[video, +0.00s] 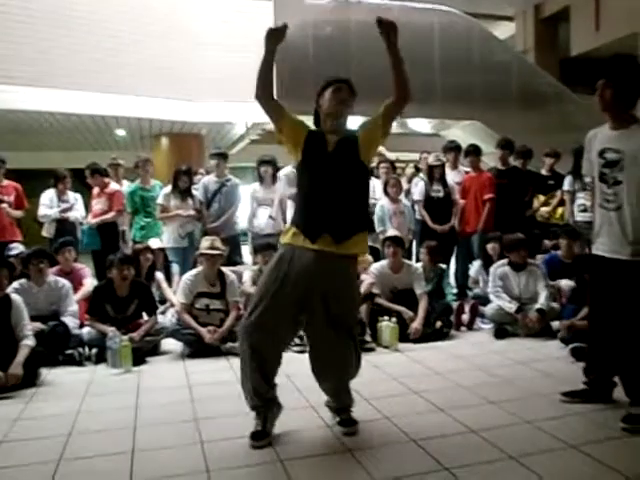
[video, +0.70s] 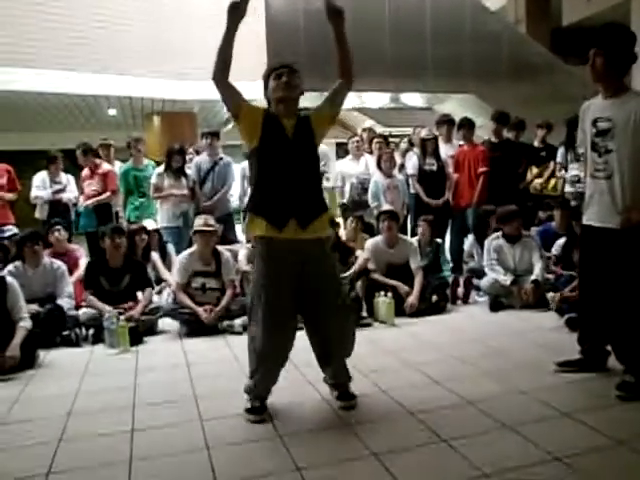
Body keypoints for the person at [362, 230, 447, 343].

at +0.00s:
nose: (393, 250)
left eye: (396, 246)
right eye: (389, 247)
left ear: (402, 249)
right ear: (384, 250)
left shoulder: (414, 269)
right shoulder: (377, 269)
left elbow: (423, 297)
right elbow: (375, 298)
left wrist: (418, 322)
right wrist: (402, 310)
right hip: (386, 304)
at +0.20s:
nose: (384, 250)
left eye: (388, 246)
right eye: (380, 247)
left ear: (394, 250)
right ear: (376, 250)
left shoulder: (406, 271)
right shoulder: (369, 269)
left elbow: (415, 297)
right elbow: (370, 297)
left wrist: (410, 322)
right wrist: (396, 311)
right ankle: (368, 339)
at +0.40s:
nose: (385, 225)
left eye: (388, 221)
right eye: (381, 222)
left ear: (394, 224)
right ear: (376, 226)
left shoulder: (405, 244)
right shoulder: (369, 244)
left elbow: (415, 272)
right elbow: (370, 273)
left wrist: (411, 296)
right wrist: (395, 286)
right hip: (378, 275)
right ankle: (370, 315)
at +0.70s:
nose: (387, 224)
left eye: (391, 220)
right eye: (383, 221)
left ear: (397, 224)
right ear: (379, 225)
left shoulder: (410, 244)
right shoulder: (371, 245)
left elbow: (418, 272)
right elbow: (372, 272)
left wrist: (414, 296)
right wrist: (397, 285)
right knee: (368, 281)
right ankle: (372, 314)